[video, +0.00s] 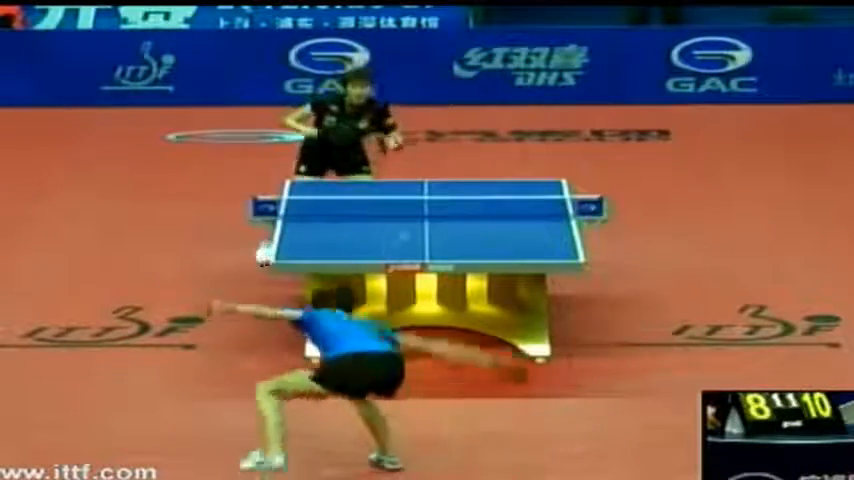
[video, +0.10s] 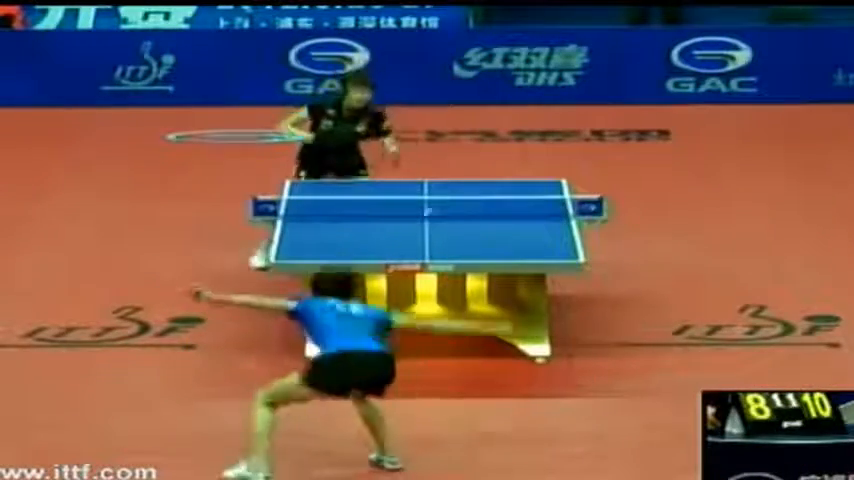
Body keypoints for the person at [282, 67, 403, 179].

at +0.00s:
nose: (359, 92)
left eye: (363, 87)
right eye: (355, 87)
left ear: (369, 90)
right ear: (346, 88)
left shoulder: (375, 110)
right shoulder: (326, 102)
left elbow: (393, 132)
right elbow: (290, 120)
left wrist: (392, 141)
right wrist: (309, 131)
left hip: (351, 150)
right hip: (318, 149)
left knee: (364, 193)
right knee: (304, 193)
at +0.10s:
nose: (360, 97)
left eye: (364, 92)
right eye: (356, 91)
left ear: (370, 95)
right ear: (346, 92)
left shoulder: (372, 116)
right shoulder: (324, 107)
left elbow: (388, 139)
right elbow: (284, 126)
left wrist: (392, 150)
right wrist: (304, 135)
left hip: (349, 164)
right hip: (315, 163)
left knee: (364, 206)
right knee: (299, 207)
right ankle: (268, 249)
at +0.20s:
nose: (367, 106)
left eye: (371, 101)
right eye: (363, 100)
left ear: (374, 103)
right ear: (352, 100)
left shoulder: (373, 125)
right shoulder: (328, 114)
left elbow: (389, 157)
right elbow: (283, 129)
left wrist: (414, 165)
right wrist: (309, 140)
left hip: (346, 168)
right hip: (312, 168)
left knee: (378, 190)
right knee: (295, 208)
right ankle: (268, 252)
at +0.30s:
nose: (385, 111)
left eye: (387, 107)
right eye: (381, 106)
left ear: (386, 109)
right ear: (367, 104)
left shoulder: (383, 129)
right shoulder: (340, 117)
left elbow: (398, 159)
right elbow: (293, 125)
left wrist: (431, 166)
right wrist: (319, 135)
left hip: (350, 168)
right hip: (319, 168)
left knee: (386, 190)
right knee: (313, 208)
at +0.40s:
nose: (421, 116)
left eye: (422, 111)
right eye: (417, 110)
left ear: (416, 113)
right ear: (402, 108)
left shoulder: (411, 132)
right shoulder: (373, 116)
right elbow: (326, 115)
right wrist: (349, 123)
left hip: (373, 170)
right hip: (341, 167)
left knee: (399, 206)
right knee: (332, 208)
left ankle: (410, 255)